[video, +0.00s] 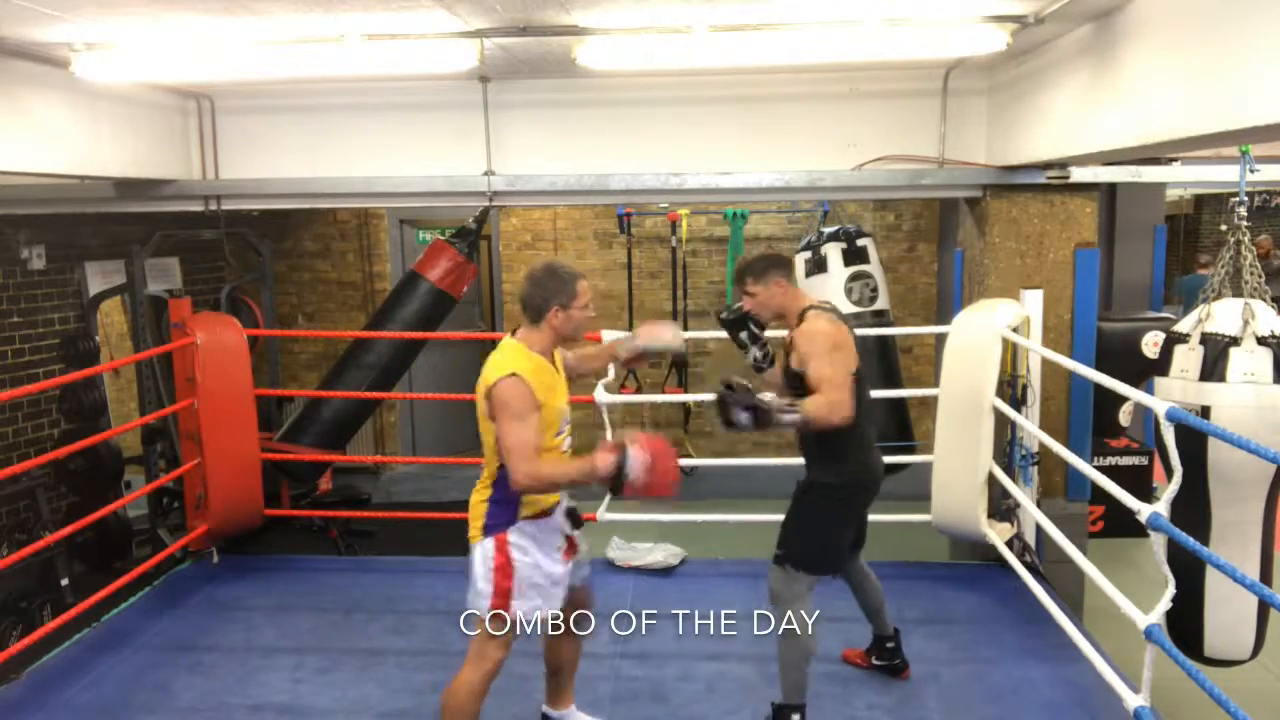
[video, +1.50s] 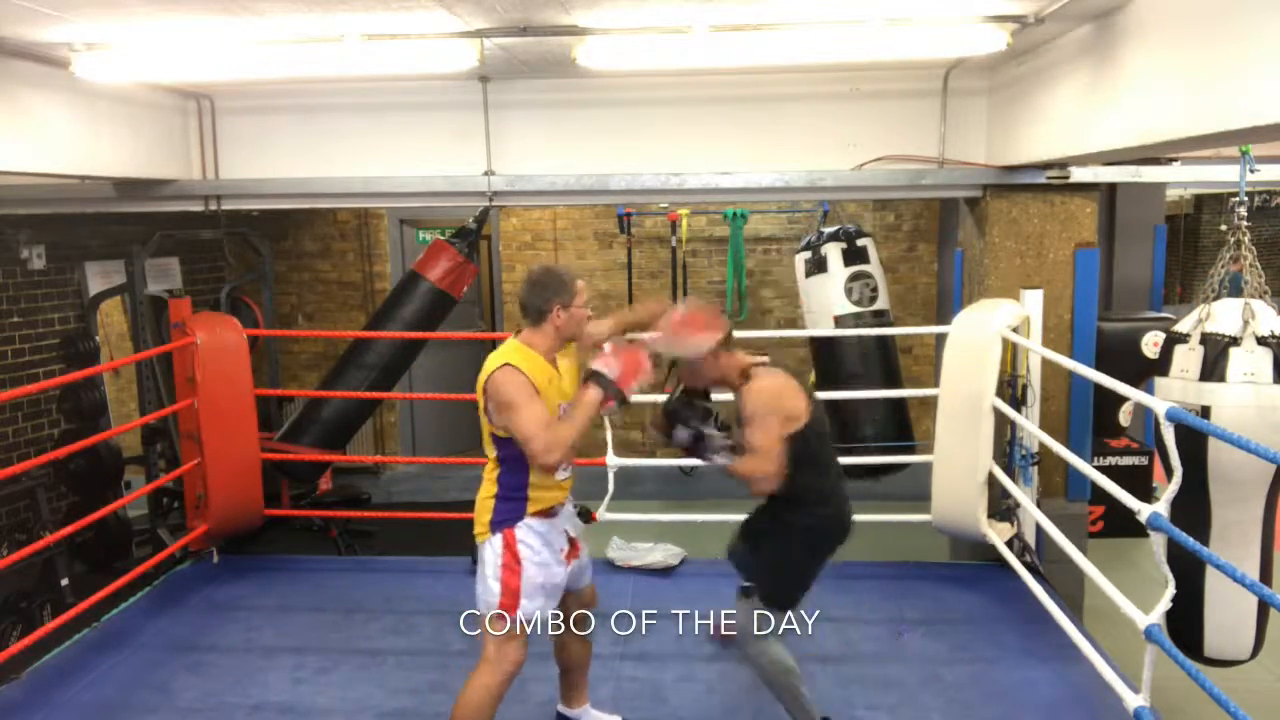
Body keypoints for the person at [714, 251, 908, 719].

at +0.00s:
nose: (748, 309)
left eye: (749, 297)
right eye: (744, 299)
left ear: (776, 287)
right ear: (781, 286)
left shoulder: (817, 329)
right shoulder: (808, 325)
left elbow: (836, 408)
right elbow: (792, 388)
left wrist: (772, 413)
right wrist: (759, 358)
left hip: (835, 476)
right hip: (850, 469)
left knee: (787, 585)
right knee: (847, 561)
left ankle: (791, 710)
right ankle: (888, 648)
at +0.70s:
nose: (742, 338)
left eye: (743, 325)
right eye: (737, 328)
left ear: (771, 309)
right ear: (768, 313)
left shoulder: (816, 348)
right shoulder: (803, 348)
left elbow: (823, 428)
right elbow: (802, 425)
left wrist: (767, 400)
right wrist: (754, 402)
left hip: (846, 498)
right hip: (852, 492)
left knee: (778, 600)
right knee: (832, 572)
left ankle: (800, 713)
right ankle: (886, 650)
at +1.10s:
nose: (754, 310)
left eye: (758, 298)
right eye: (752, 300)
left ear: (787, 290)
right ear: (791, 291)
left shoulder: (811, 328)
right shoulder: (825, 324)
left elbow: (801, 380)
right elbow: (796, 378)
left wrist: (740, 372)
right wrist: (741, 373)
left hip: (837, 486)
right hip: (857, 479)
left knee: (787, 596)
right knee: (843, 564)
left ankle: (804, 713)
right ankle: (891, 649)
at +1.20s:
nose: (751, 313)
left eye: (756, 303)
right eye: (749, 304)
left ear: (787, 293)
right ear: (776, 297)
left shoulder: (829, 332)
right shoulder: (779, 336)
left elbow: (864, 397)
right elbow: (734, 363)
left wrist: (796, 393)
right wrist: (694, 361)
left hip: (842, 484)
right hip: (820, 482)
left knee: (785, 597)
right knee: (843, 568)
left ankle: (807, 713)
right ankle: (890, 650)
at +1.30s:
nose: (750, 329)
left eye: (756, 319)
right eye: (747, 321)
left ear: (784, 309)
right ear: (755, 317)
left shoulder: (829, 350)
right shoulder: (758, 341)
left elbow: (866, 427)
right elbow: (719, 376)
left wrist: (802, 404)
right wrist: (689, 390)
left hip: (836, 490)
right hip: (802, 487)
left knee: (787, 602)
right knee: (824, 575)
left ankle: (821, 715)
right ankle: (885, 647)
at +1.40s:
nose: (710, 371)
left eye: (714, 360)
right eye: (707, 361)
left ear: (739, 349)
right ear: (734, 349)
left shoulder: (803, 376)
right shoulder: (756, 378)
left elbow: (831, 459)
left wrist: (787, 447)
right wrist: (734, 432)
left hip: (831, 498)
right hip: (796, 489)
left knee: (776, 611)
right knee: (778, 574)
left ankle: (816, 714)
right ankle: (846, 630)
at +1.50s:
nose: (684, 379)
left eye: (685, 367)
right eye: (681, 368)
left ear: (709, 359)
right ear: (712, 355)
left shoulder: (763, 391)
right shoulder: (754, 381)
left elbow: (766, 476)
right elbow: (756, 449)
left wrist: (714, 452)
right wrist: (713, 435)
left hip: (813, 516)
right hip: (792, 505)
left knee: (753, 631)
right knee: (749, 560)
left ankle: (809, 715)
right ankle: (745, 626)